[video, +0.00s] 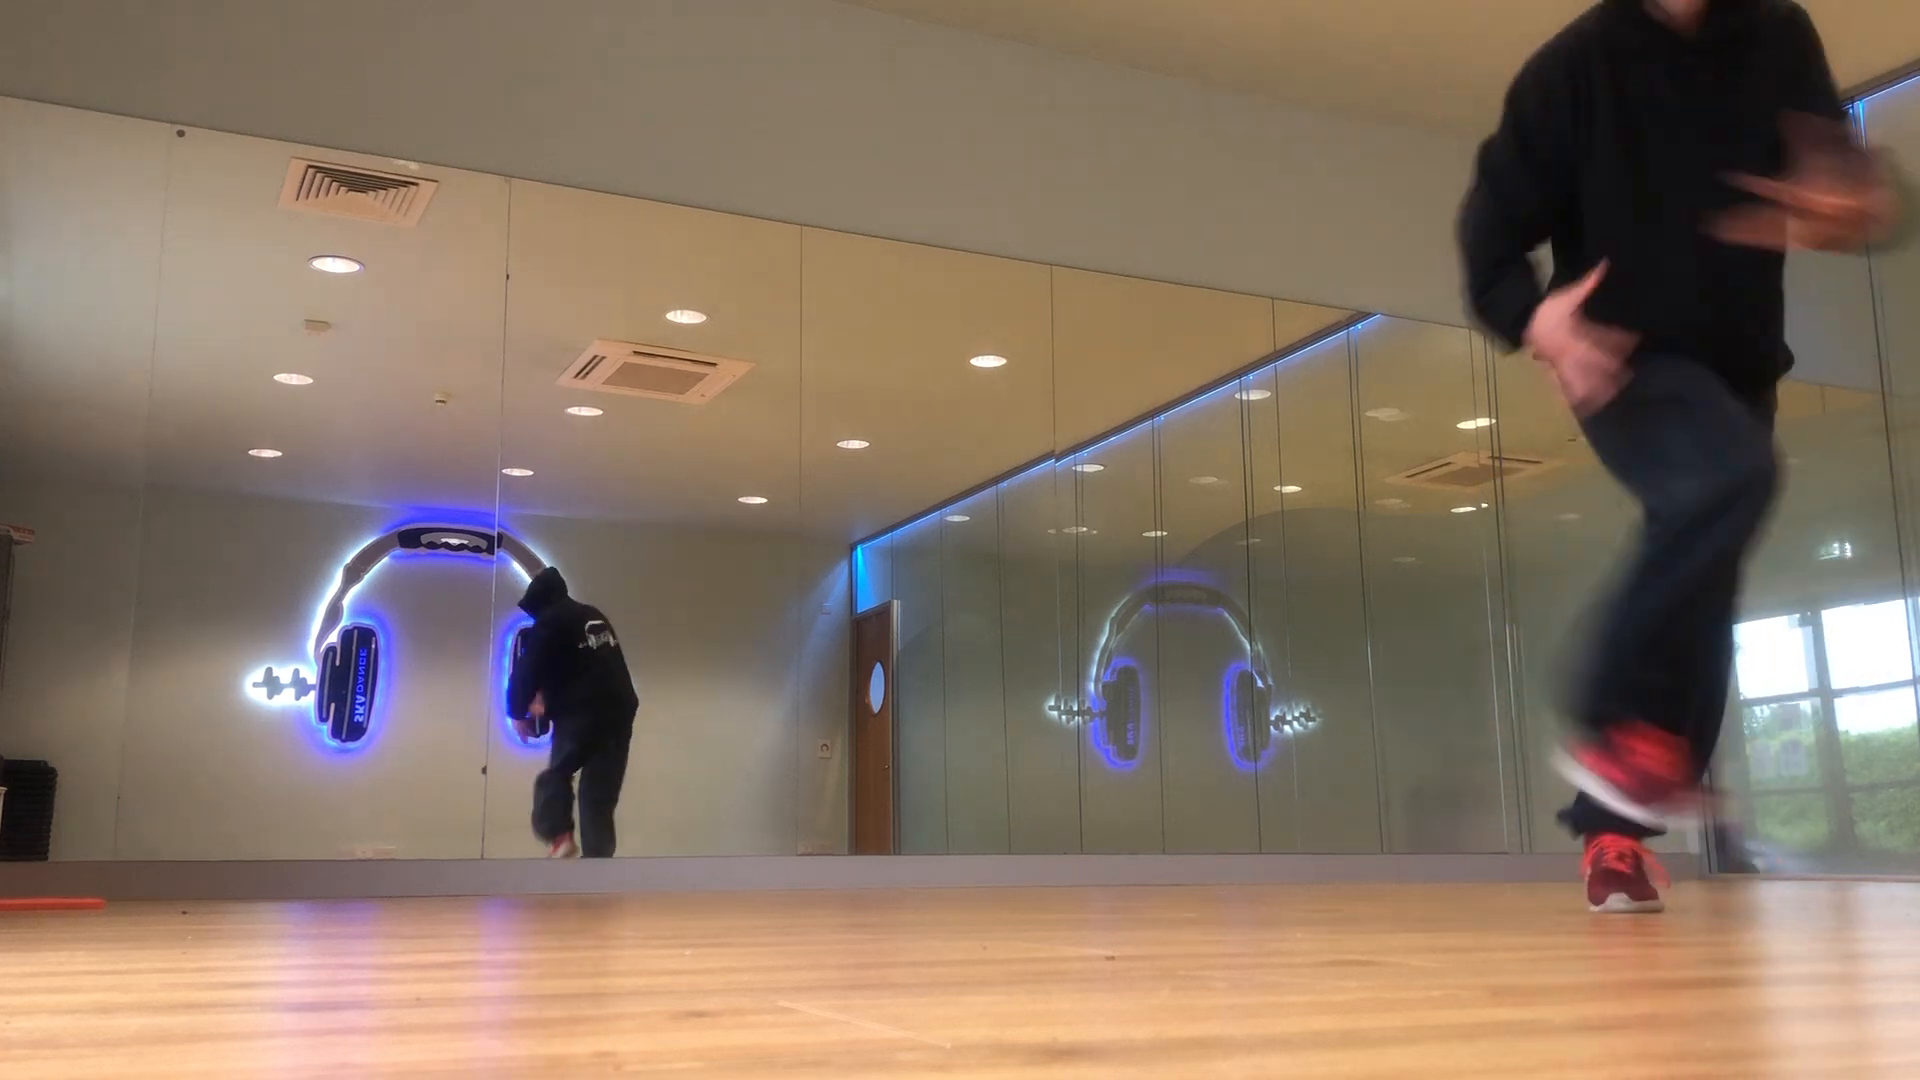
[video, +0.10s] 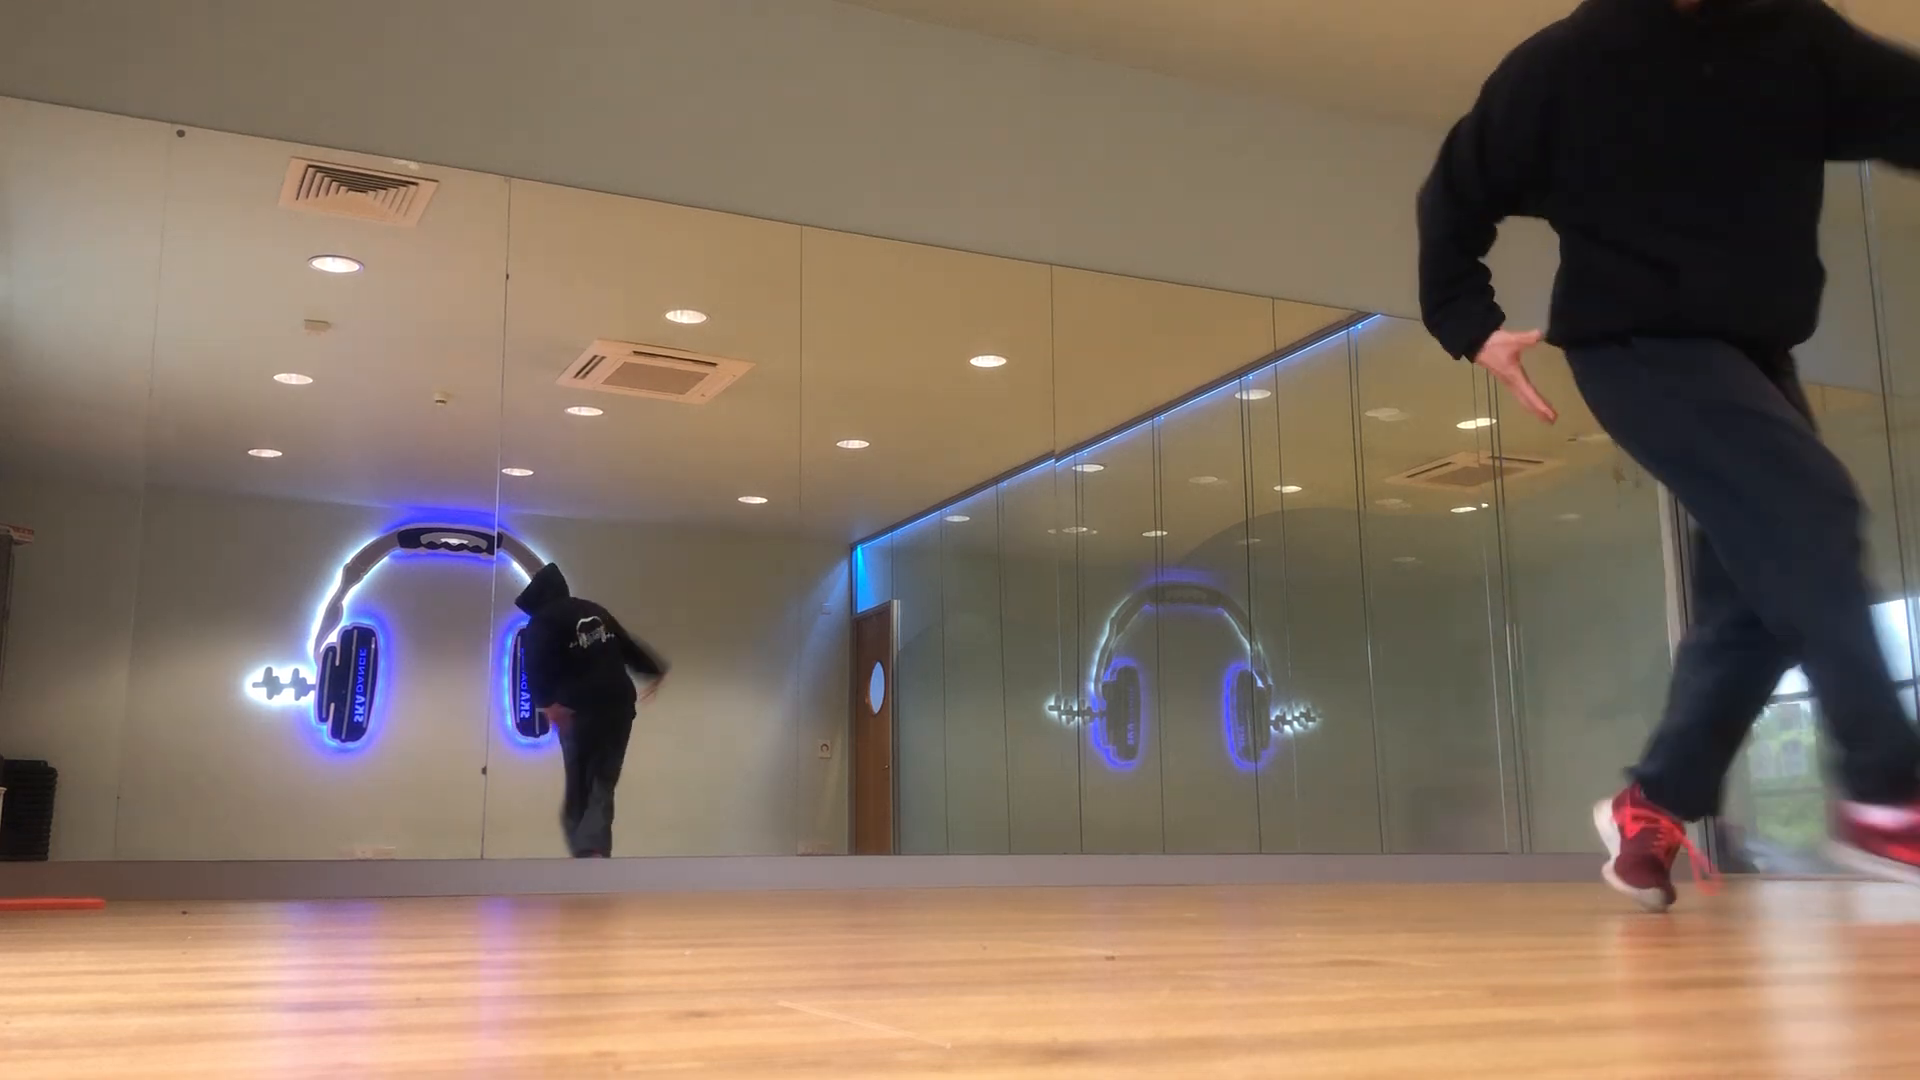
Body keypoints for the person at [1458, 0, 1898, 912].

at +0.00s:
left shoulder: (1775, 34)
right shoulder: (1578, 66)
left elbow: (1846, 182)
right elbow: (1489, 223)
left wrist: (1843, 211)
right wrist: (1529, 319)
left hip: (1739, 354)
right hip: (1618, 352)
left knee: (1700, 591)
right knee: (1727, 471)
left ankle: (1617, 825)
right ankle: (1618, 717)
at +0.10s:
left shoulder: (1801, 36)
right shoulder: (1579, 53)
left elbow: (1913, 110)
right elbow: (1456, 186)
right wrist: (1470, 324)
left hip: (1753, 347)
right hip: (1633, 343)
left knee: (1767, 585)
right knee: (1809, 510)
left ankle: (1656, 802)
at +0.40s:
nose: (1729, 12)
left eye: (1734, 6)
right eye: (1728, 2)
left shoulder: (1607, 68)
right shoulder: (1613, 69)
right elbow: (1605, 238)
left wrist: (1504, 339)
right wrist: (1703, 355)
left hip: (1570, 382)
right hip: (1601, 380)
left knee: (1679, 603)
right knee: (1800, 532)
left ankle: (1554, 825)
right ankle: (1855, 806)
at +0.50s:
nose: (1700, 10)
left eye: (1707, 1)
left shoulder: (1564, 65)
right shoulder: (1614, 72)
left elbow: (1476, 193)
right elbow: (1637, 206)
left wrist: (1395, 288)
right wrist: (1713, 307)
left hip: (1495, 387)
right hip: (1558, 384)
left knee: (1603, 621)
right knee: (1753, 505)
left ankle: (1542, 856)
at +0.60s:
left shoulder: (1458, 30)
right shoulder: (1621, 14)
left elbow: (1357, 176)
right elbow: (1650, 158)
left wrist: (1404, 300)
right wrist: (1608, 261)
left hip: (1423, 326)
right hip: (1519, 318)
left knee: (1506, 578)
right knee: (1620, 535)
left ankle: (1518, 829)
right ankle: (1376, 616)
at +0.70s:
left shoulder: (1370, 17)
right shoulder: (1563, 5)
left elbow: (1329, 182)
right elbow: (1629, 103)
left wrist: (1429, 222)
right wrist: (1558, 222)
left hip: (1376, 291)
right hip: (1474, 289)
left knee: (1419, 561)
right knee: (1494, 559)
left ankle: (1342, 810)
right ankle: (1279, 672)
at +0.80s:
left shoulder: (1335, 35)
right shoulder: (1525, 11)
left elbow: (1341, 191)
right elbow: (1578, 176)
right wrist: (1487, 272)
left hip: (1311, 329)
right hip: (1422, 330)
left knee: (1317, 589)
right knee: (1438, 586)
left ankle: (1302, 841)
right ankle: (1271, 762)